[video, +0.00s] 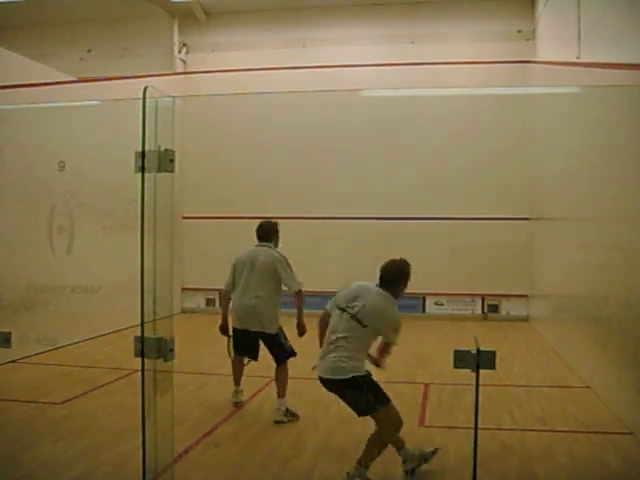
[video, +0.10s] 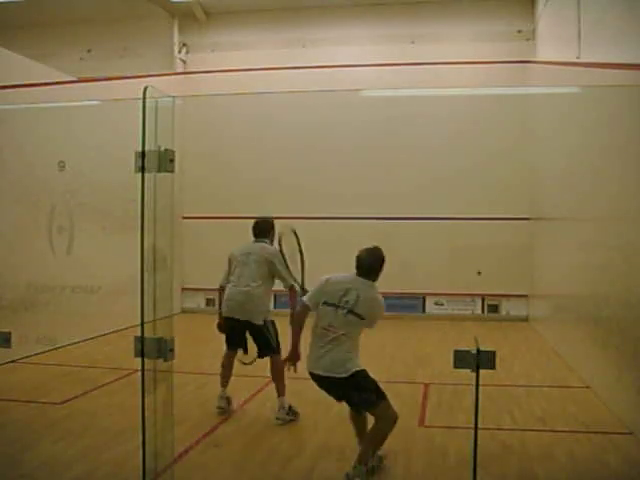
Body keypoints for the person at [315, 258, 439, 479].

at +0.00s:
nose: (407, 287)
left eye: (407, 282)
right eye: (406, 283)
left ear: (381, 277)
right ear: (403, 285)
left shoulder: (357, 288)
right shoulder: (392, 315)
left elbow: (324, 318)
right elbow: (383, 352)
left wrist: (324, 349)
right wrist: (376, 357)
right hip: (350, 372)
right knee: (393, 423)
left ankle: (408, 456)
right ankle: (359, 471)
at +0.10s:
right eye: (381, 267)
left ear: (356, 264)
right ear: (380, 271)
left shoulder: (328, 283)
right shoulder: (374, 301)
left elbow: (299, 312)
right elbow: (368, 323)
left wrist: (294, 349)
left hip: (316, 369)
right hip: (345, 371)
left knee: (356, 404)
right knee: (388, 417)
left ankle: (367, 453)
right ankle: (360, 467)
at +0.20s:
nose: (351, 261)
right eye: (351, 257)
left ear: (327, 257)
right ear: (351, 260)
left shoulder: (307, 278)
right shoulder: (354, 290)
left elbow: (280, 312)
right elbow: (334, 315)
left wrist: (267, 345)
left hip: (304, 364)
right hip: (334, 366)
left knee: (322, 395)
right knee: (375, 412)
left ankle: (311, 450)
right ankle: (357, 468)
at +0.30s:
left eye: (301, 250)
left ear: (299, 252)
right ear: (323, 253)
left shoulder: (282, 276)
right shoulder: (331, 282)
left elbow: (262, 309)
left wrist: (249, 344)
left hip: (285, 360)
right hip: (318, 359)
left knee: (280, 401)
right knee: (355, 408)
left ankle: (256, 452)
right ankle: (354, 470)